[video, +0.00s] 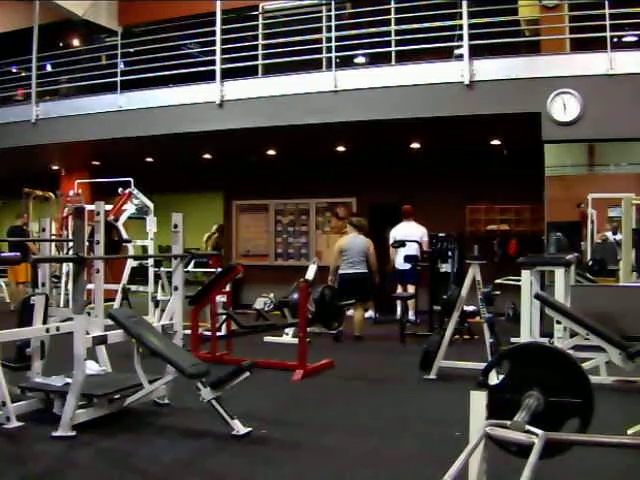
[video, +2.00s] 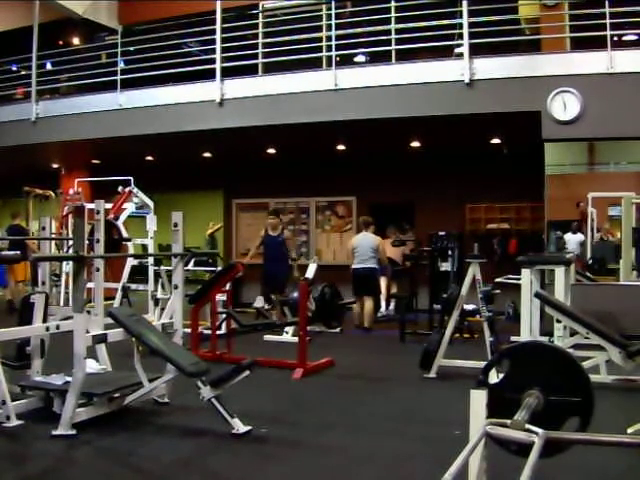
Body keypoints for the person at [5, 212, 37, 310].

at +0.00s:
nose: (27, 220)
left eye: (27, 218)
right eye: (27, 218)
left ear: (17, 218)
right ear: (24, 217)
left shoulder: (10, 230)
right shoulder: (24, 231)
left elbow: (10, 244)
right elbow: (30, 244)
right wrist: (36, 252)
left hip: (11, 260)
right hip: (23, 259)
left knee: (12, 284)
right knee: (21, 284)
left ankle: (13, 303)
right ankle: (21, 304)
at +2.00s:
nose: (21, 218)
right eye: (21, 216)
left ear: (12, 217)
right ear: (20, 217)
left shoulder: (9, 229)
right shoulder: (23, 230)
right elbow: (29, 243)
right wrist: (36, 250)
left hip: (10, 258)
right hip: (21, 258)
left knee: (11, 281)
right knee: (20, 282)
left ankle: (10, 299)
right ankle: (20, 302)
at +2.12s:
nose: (21, 218)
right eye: (21, 216)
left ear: (11, 217)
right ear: (20, 217)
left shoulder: (8, 229)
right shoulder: (23, 230)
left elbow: (6, 242)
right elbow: (29, 243)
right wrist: (36, 250)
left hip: (10, 258)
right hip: (22, 258)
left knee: (12, 282)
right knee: (21, 283)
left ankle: (11, 301)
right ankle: (21, 302)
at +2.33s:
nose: (21, 220)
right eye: (21, 218)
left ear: (12, 217)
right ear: (20, 218)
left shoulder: (7, 228)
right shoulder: (22, 230)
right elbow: (30, 243)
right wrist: (36, 250)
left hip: (9, 258)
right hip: (21, 257)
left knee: (10, 282)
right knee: (19, 282)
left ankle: (10, 301)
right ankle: (18, 302)